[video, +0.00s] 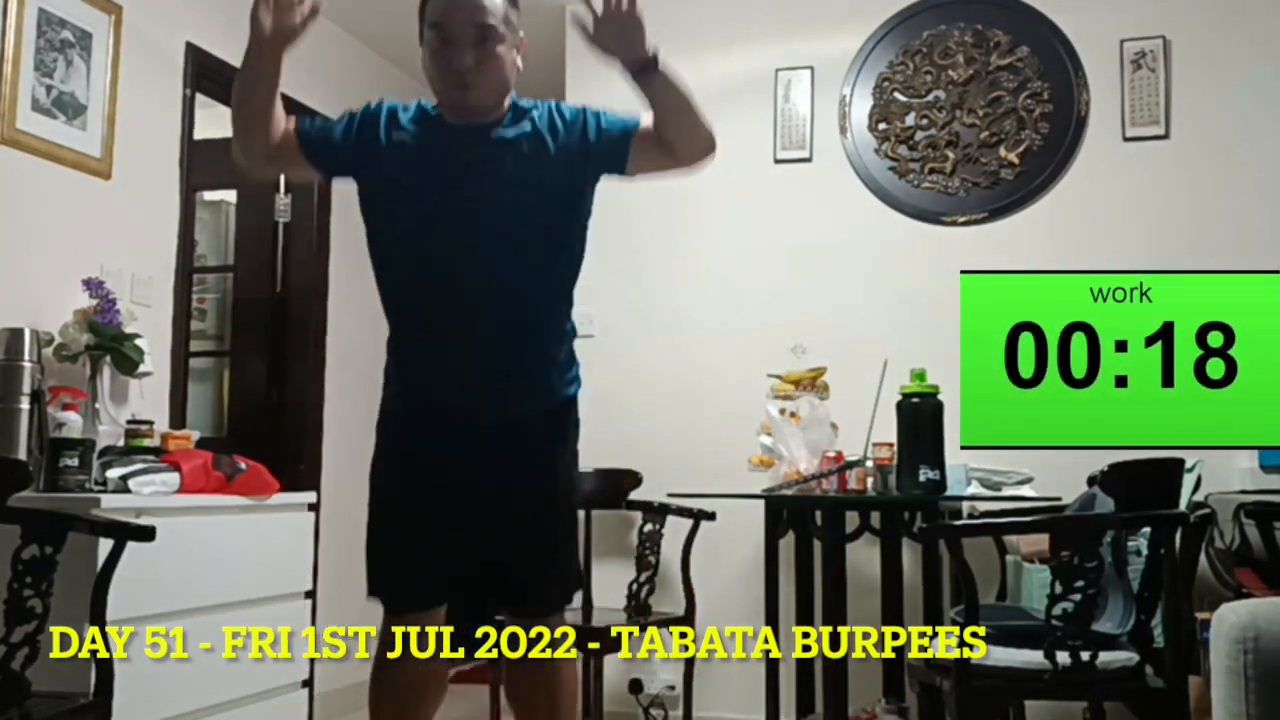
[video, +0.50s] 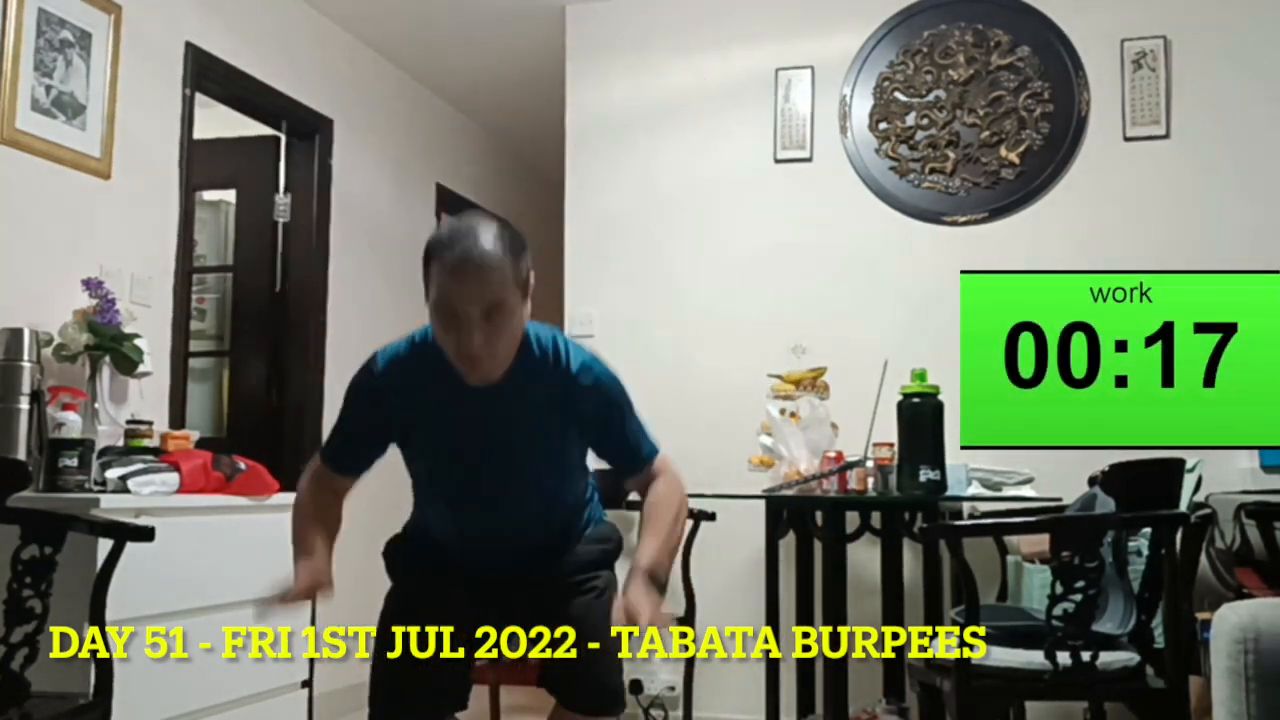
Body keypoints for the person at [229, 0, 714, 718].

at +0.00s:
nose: (462, 57)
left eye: (484, 37)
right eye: (442, 38)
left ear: (519, 50)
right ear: (423, 51)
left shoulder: (564, 135)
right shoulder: (383, 135)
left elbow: (690, 145)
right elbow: (258, 152)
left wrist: (643, 61)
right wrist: (267, 47)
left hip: (534, 418)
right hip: (422, 414)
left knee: (536, 640)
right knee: (415, 633)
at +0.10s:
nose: (472, 25)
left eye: (491, 9)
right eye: (454, 9)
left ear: (525, 14)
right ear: (433, 18)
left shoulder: (572, 93)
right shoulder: (395, 94)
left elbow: (677, 23)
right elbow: (283, 37)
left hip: (539, 377)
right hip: (424, 375)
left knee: (544, 581)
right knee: (417, 579)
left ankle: (559, 717)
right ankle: (421, 719)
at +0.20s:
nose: (481, 35)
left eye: (500, 19)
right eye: (462, 19)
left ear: (533, 32)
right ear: (441, 33)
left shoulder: (575, 103)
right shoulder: (408, 105)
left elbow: (673, 31)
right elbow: (292, 51)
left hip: (543, 381)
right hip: (429, 380)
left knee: (547, 598)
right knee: (430, 597)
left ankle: (560, 718)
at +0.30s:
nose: (490, 101)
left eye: (508, 85)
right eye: (472, 86)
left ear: (538, 98)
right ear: (447, 98)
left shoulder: (579, 173)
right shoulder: (407, 172)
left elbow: (692, 148)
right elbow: (278, 175)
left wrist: (631, 59)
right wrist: (312, 86)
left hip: (547, 446)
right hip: (435, 445)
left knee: (559, 664)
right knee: (432, 666)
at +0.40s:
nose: (484, 204)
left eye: (503, 183)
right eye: (465, 184)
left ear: (536, 185)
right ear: (444, 190)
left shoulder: (580, 277)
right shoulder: (401, 281)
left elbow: (704, 340)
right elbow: (297, 360)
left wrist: (658, 314)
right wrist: (303, 321)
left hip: (557, 535)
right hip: (439, 535)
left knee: (580, 709)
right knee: (409, 708)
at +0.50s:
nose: (472, 343)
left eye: (493, 316)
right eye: (452, 319)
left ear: (527, 295)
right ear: (428, 303)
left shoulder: (575, 376)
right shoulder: (392, 379)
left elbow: (663, 482)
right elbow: (325, 481)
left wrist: (646, 578)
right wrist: (313, 559)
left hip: (561, 563)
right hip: (443, 563)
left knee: (595, 691)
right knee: (399, 701)